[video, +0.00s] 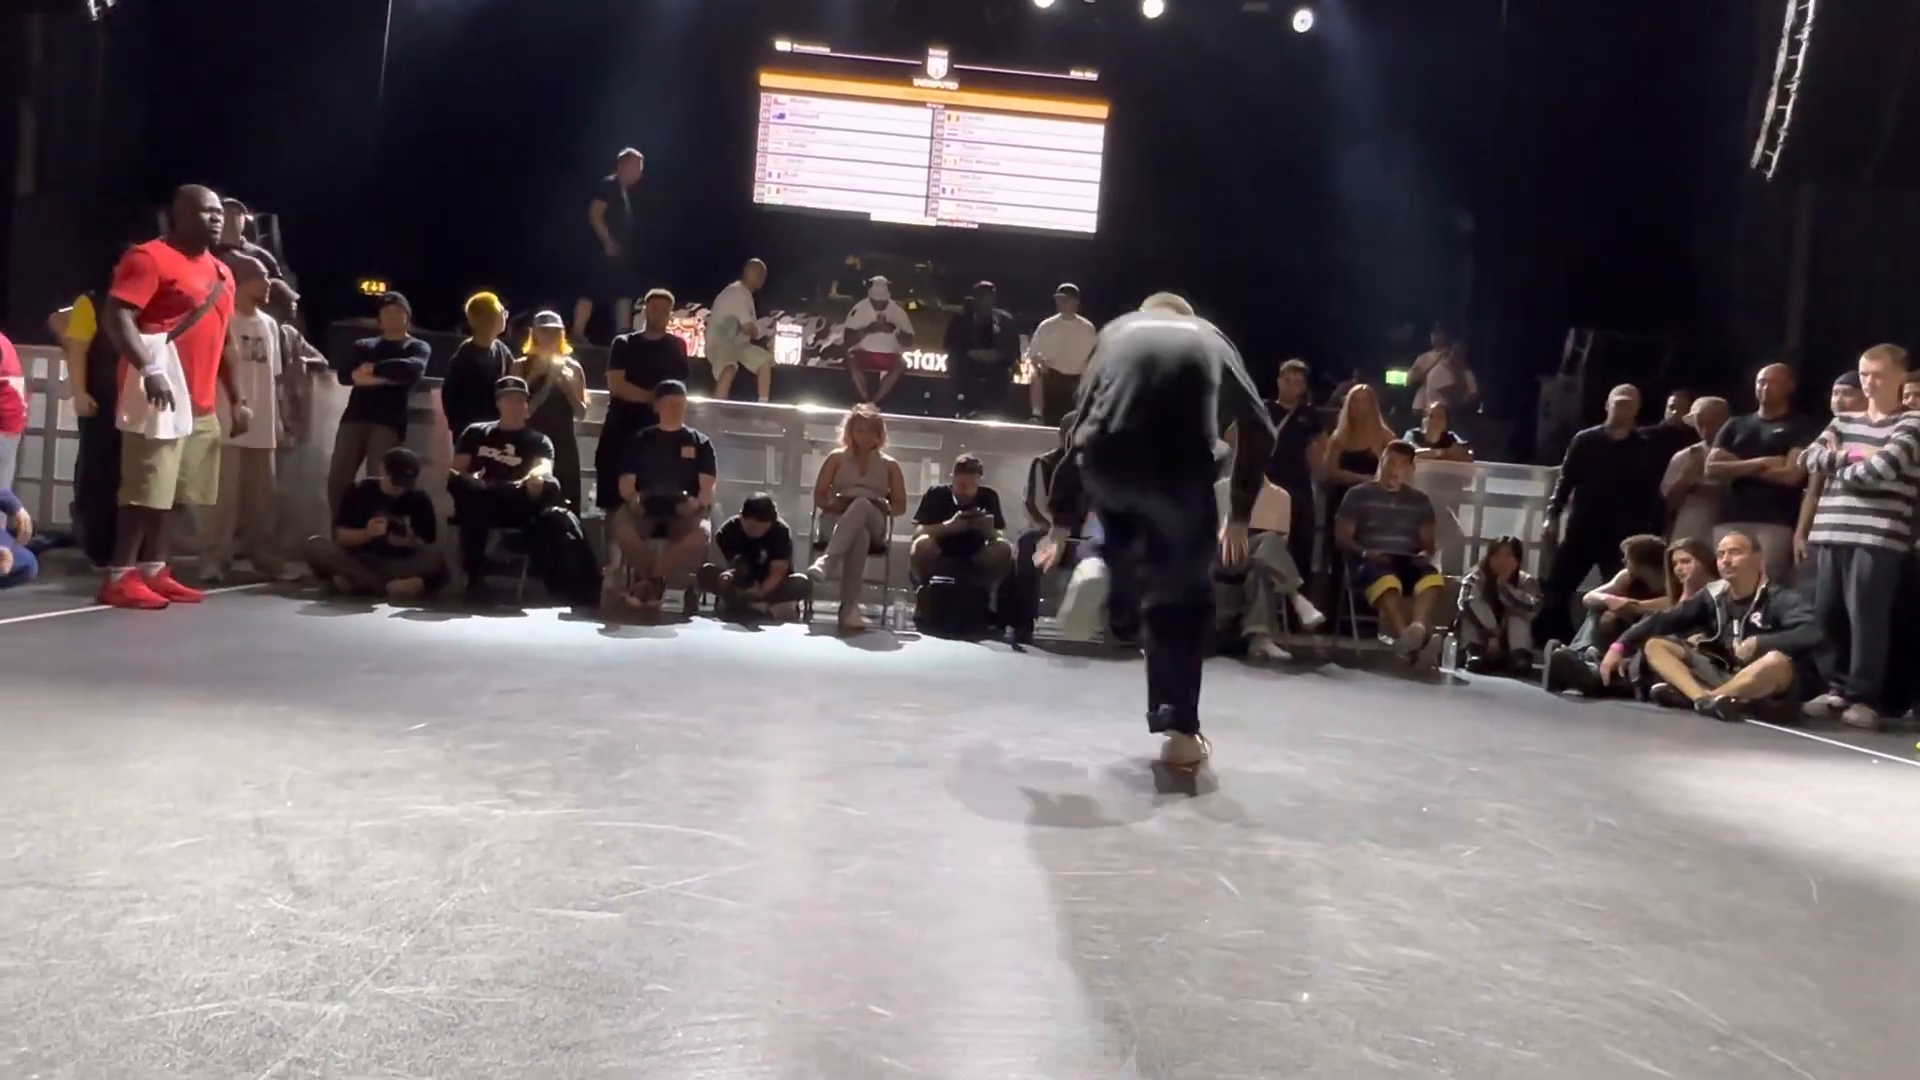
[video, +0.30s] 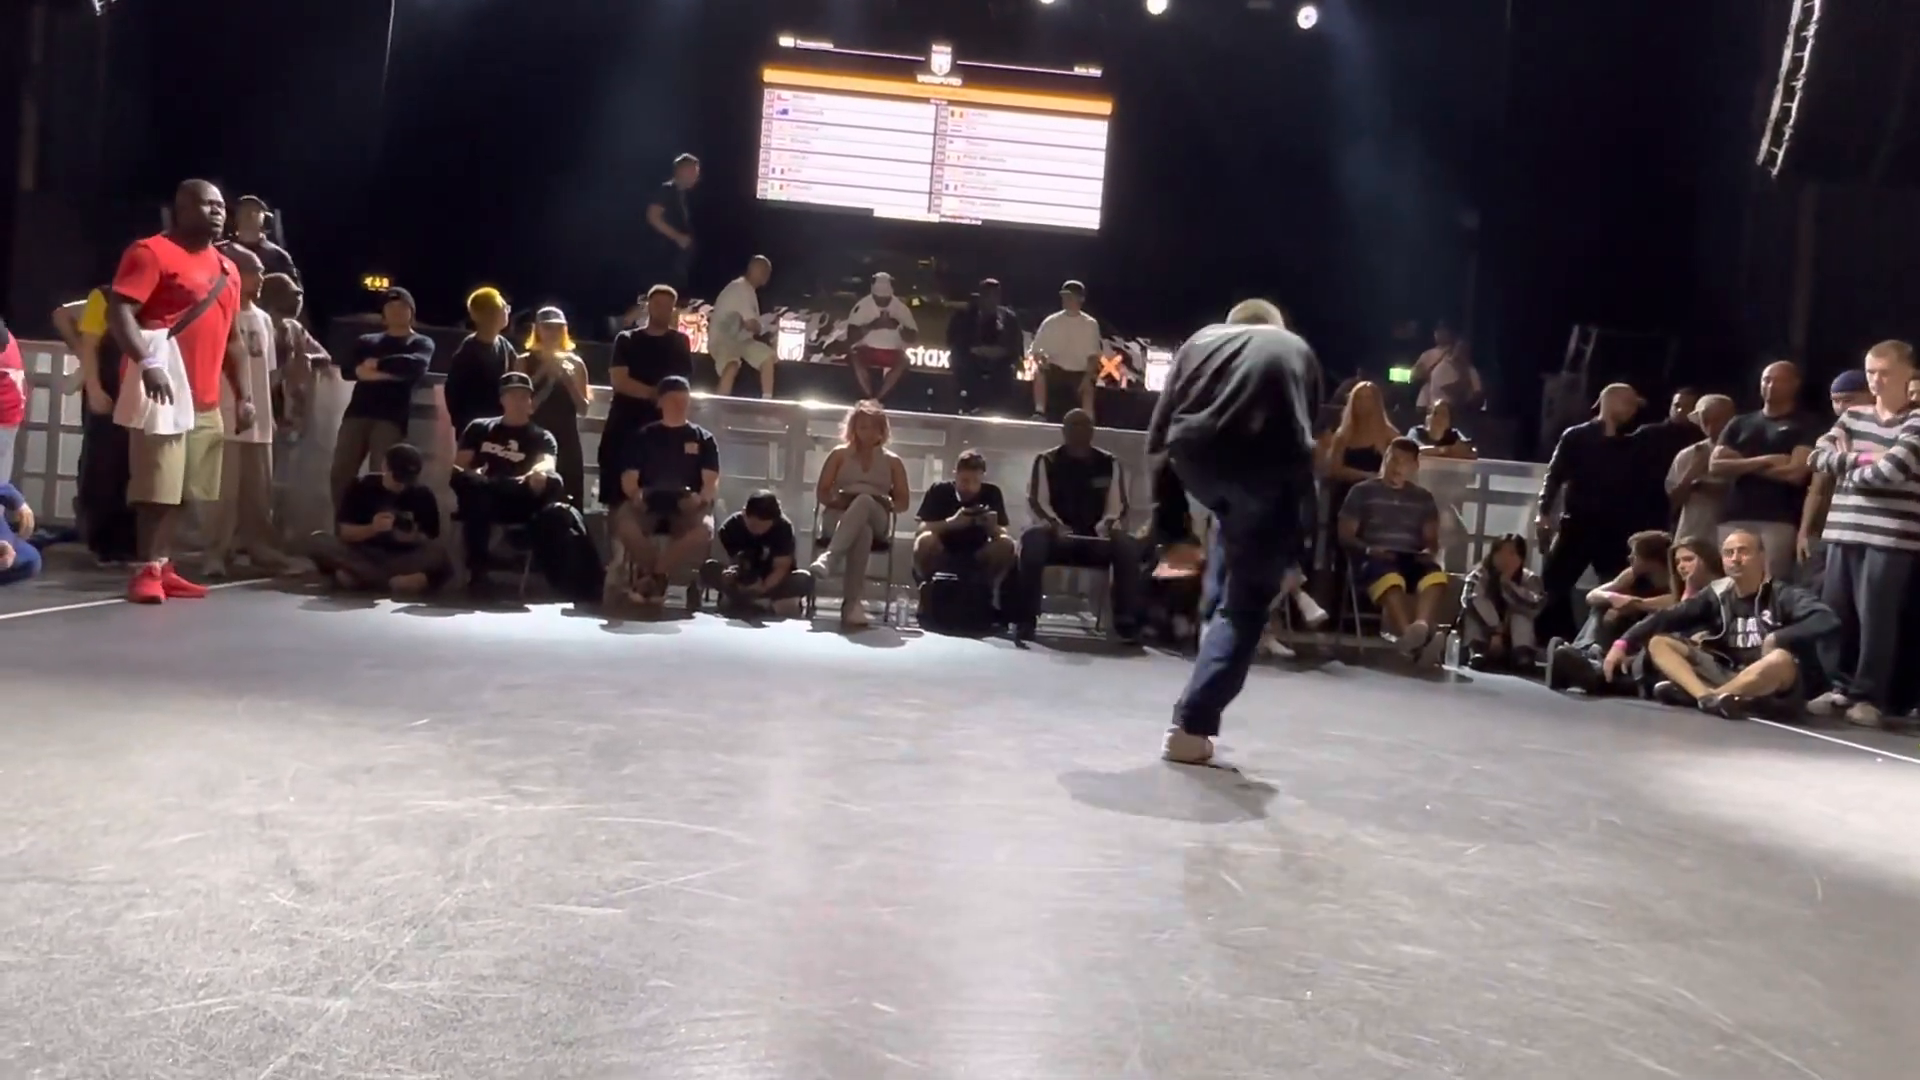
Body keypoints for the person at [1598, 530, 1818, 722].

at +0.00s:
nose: (1725, 560)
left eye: (1734, 553)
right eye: (1721, 555)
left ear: (1757, 558)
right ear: (1717, 562)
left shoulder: (1781, 598)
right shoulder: (1712, 596)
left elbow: (1812, 633)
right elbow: (1666, 620)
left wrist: (1757, 642)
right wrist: (1620, 646)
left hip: (1770, 689)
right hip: (1724, 678)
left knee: (1775, 661)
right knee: (1654, 647)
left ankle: (1704, 700)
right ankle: (1704, 699)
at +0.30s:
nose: (1735, 559)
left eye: (1744, 552)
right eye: (1729, 553)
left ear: (1762, 558)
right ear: (1722, 559)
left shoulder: (1782, 593)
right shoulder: (1717, 594)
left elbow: (1828, 620)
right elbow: (1671, 617)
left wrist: (1776, 638)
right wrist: (1623, 643)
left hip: (1775, 682)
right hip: (1726, 677)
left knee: (1780, 659)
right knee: (1658, 644)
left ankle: (1708, 697)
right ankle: (1707, 697)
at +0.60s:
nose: (1749, 557)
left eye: (1756, 551)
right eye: (1740, 552)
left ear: (1768, 557)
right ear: (1729, 561)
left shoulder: (1789, 595)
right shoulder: (1722, 595)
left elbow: (1830, 626)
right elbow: (1673, 618)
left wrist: (1775, 633)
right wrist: (1627, 642)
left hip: (1779, 687)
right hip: (1730, 679)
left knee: (1784, 657)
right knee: (1663, 644)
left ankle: (1711, 697)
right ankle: (1711, 698)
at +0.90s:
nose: (1759, 556)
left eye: (1765, 549)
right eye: (1749, 551)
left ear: (1774, 557)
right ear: (1736, 561)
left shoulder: (1794, 595)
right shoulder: (1726, 591)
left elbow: (1792, 627)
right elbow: (1678, 614)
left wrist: (1764, 653)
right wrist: (1634, 640)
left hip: (1777, 678)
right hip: (1732, 673)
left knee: (1789, 660)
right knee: (1666, 642)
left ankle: (1715, 696)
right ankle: (1713, 697)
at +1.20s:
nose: (1763, 559)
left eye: (1766, 552)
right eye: (1753, 555)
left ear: (1772, 554)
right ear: (1735, 564)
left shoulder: (1795, 593)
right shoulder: (1723, 594)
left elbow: (1809, 633)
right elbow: (1670, 615)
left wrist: (1773, 647)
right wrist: (1637, 640)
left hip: (1776, 675)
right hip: (1731, 669)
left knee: (1794, 662)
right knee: (1667, 642)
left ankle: (1721, 694)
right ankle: (1713, 695)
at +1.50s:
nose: (1760, 558)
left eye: (1763, 551)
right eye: (1750, 553)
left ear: (1770, 554)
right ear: (1732, 561)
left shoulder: (1793, 592)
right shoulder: (1721, 591)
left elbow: (1779, 630)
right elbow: (1667, 615)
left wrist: (1733, 658)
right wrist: (1673, 635)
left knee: (1789, 660)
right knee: (1659, 638)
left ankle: (1709, 695)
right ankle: (1718, 697)